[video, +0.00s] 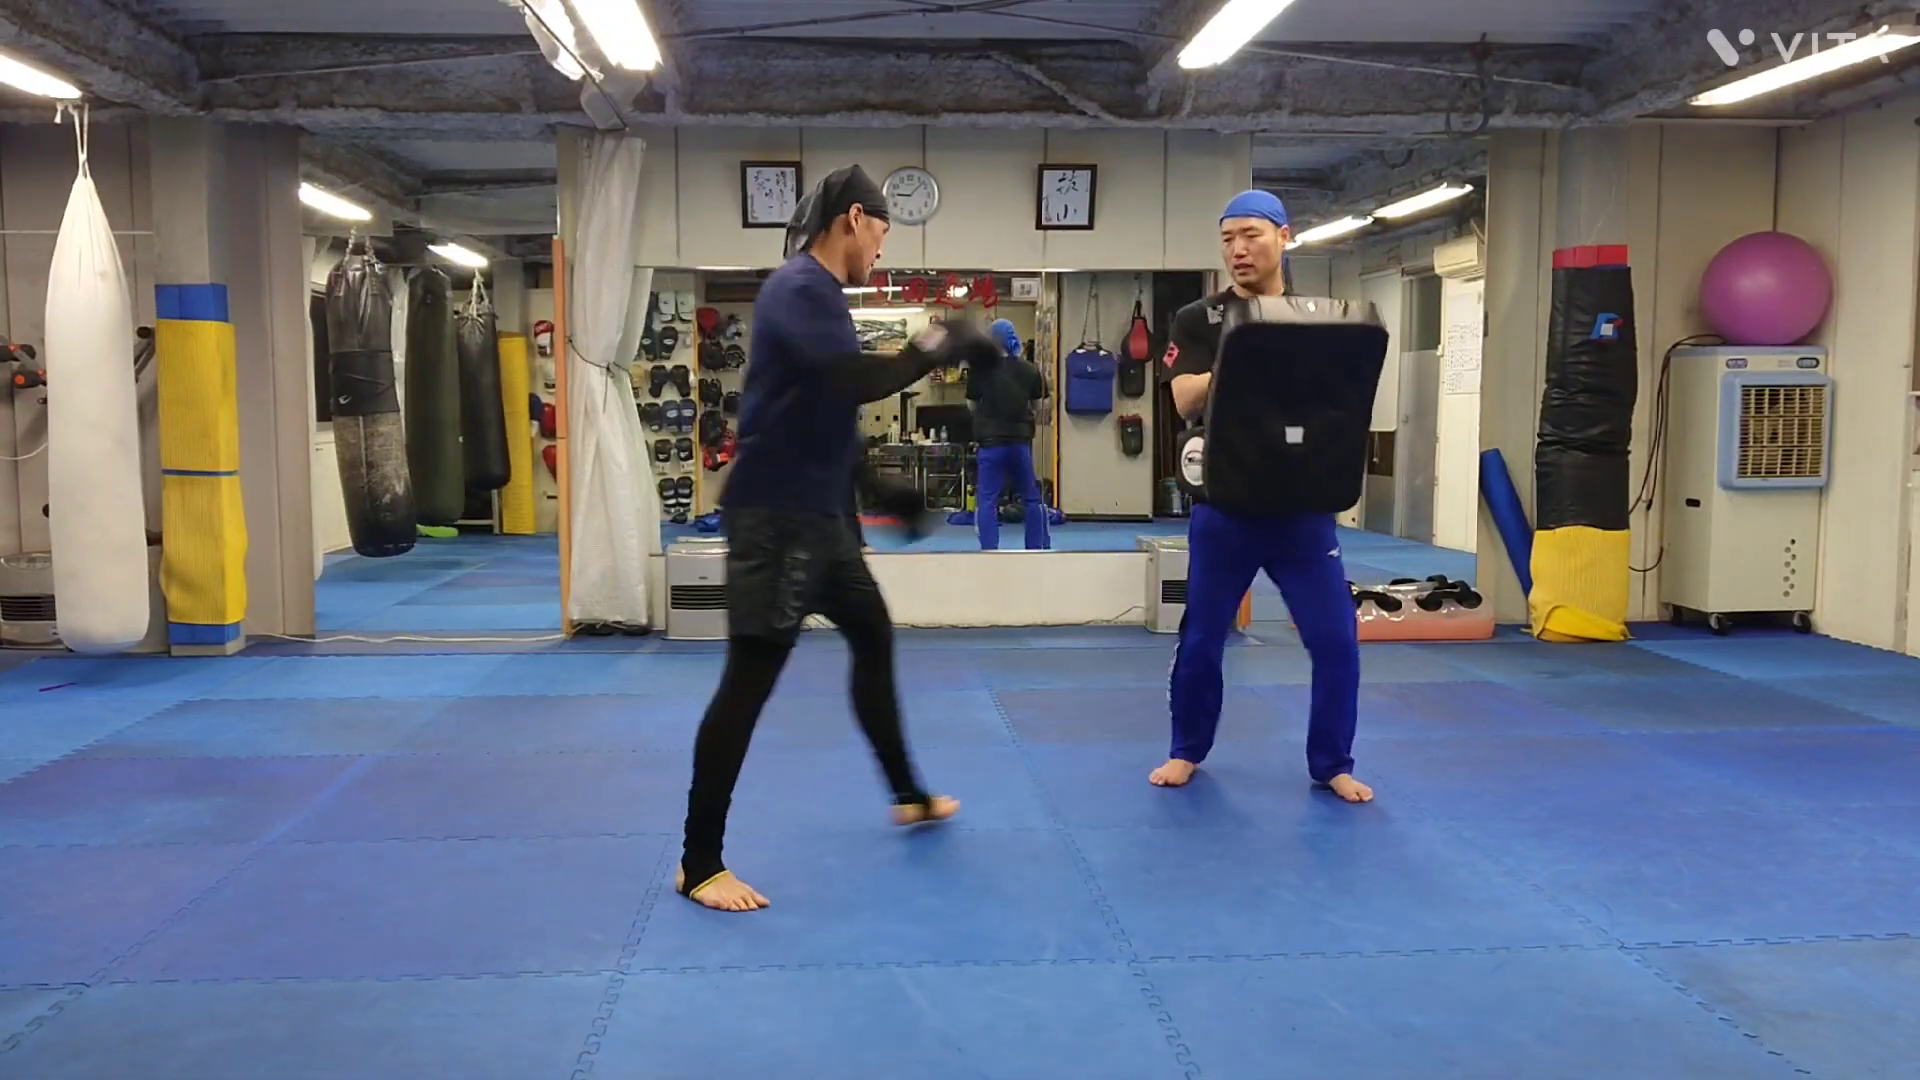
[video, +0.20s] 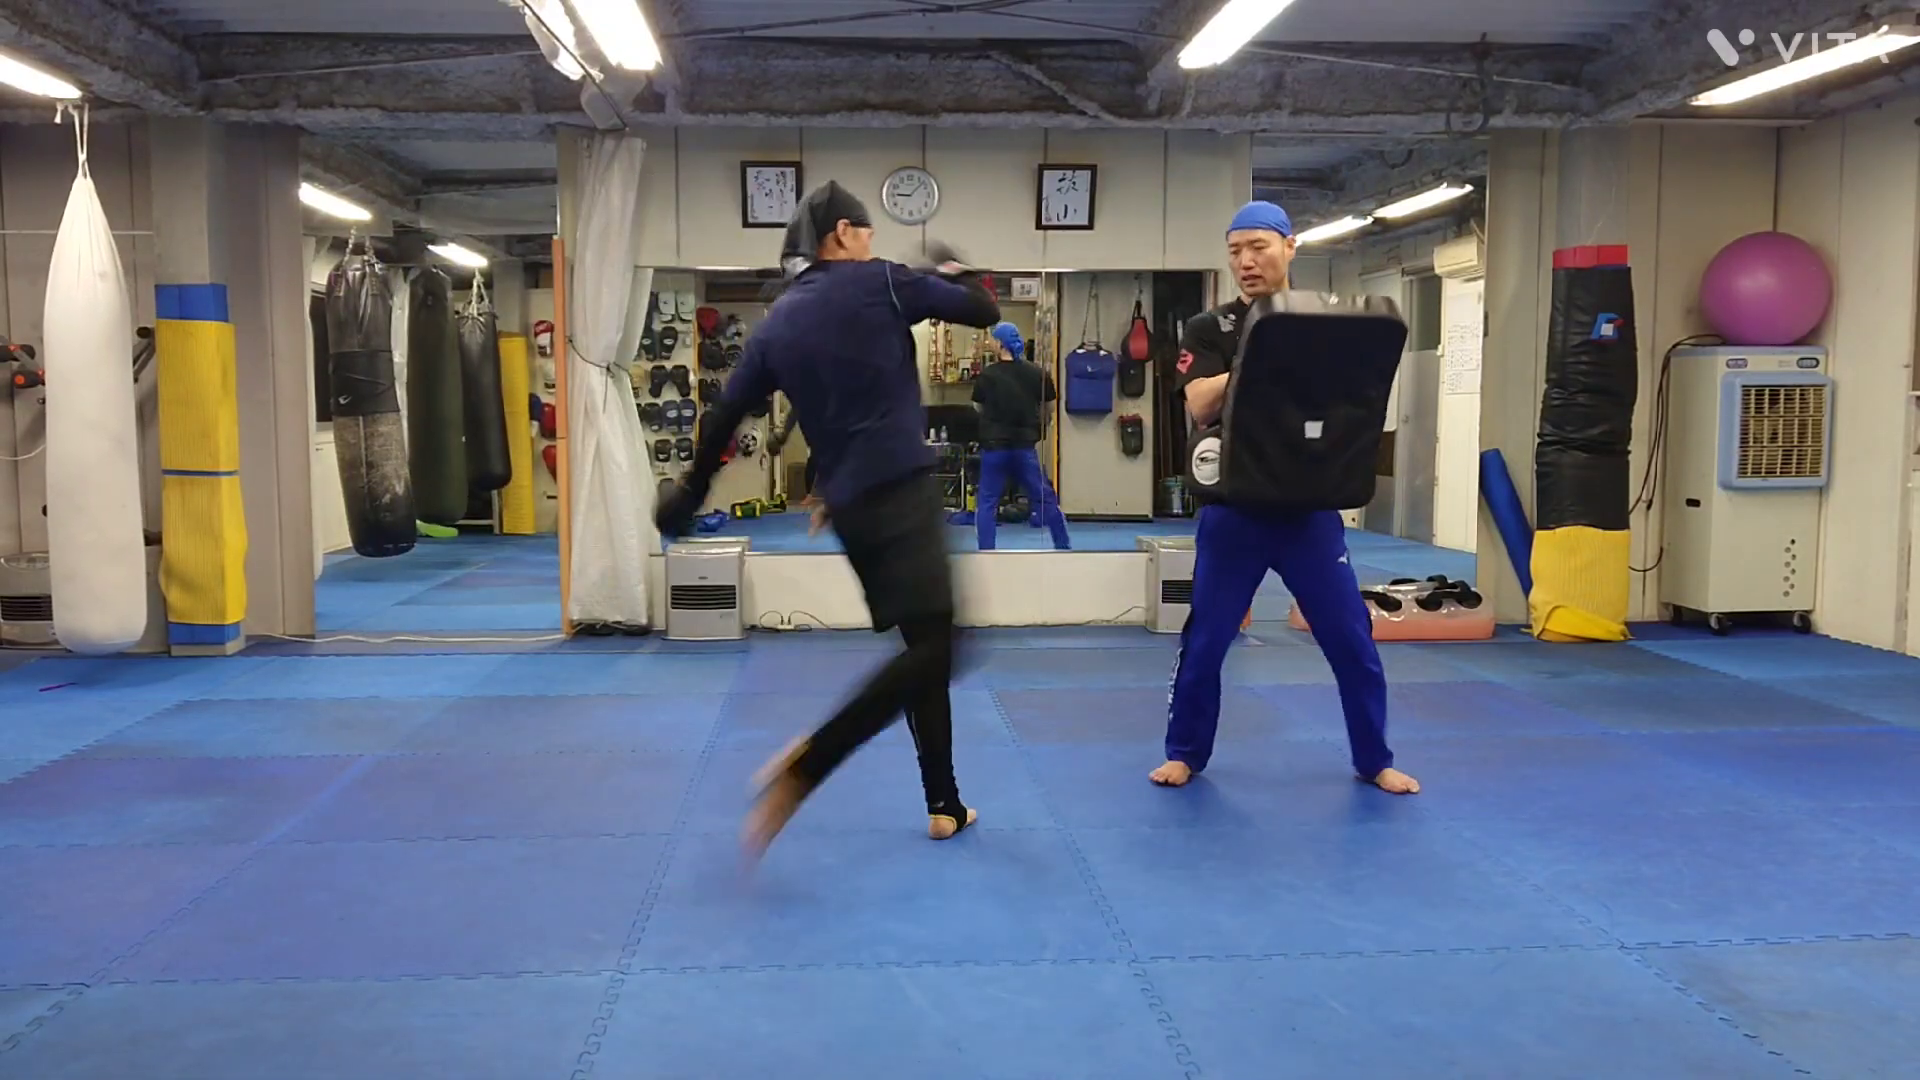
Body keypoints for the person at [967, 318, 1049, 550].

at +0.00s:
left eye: (990, 339)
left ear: (991, 342)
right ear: (1013, 340)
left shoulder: (981, 367)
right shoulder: (1027, 369)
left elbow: (972, 400)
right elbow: (1038, 400)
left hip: (990, 441)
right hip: (1019, 440)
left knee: (987, 497)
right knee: (1030, 495)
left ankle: (989, 549)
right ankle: (1036, 547)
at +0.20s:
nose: (990, 344)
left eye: (993, 340)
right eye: (992, 340)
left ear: (1000, 345)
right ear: (1017, 344)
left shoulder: (989, 374)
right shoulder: (1036, 373)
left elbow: (978, 406)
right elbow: (1049, 404)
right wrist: (1036, 421)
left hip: (994, 444)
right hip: (1025, 444)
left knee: (987, 499)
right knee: (1043, 495)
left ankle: (986, 552)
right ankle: (1063, 546)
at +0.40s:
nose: (998, 347)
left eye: (1001, 343)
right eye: (1000, 343)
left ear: (1008, 347)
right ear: (1024, 346)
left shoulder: (994, 378)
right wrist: (1051, 449)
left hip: (998, 449)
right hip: (1032, 448)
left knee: (988, 501)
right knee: (1046, 500)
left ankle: (988, 554)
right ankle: (1064, 551)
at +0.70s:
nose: (1007, 341)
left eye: (1007, 338)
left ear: (1009, 338)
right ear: (1031, 336)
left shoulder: (1000, 362)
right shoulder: (1045, 361)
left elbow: (986, 395)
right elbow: (1054, 397)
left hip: (1005, 436)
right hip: (1039, 436)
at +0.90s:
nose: (1015, 344)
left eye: (1016, 340)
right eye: (1016, 339)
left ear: (1022, 344)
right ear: (1043, 342)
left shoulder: (1010, 373)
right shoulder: (1060, 372)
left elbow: (999, 405)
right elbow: (1074, 406)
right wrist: (1058, 409)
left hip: (1015, 446)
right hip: (1051, 446)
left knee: (998, 500)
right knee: (1074, 497)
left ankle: (986, 552)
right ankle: (1089, 548)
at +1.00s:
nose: (1023, 349)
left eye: (1025, 344)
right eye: (1024, 344)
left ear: (1034, 346)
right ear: (1051, 344)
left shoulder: (1020, 373)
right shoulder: (1071, 375)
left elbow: (1008, 408)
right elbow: (1083, 410)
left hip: (1026, 449)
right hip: (1061, 450)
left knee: (1004, 503)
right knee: (1084, 500)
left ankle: (986, 552)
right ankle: (1106, 552)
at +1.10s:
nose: (1033, 346)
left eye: (1035, 341)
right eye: (1034, 341)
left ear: (1045, 344)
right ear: (1061, 343)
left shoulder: (1033, 372)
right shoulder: (1080, 373)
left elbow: (1020, 407)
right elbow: (1092, 409)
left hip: (1038, 448)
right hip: (1071, 447)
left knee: (1013, 501)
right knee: (1090, 499)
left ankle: (991, 549)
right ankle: (1107, 551)